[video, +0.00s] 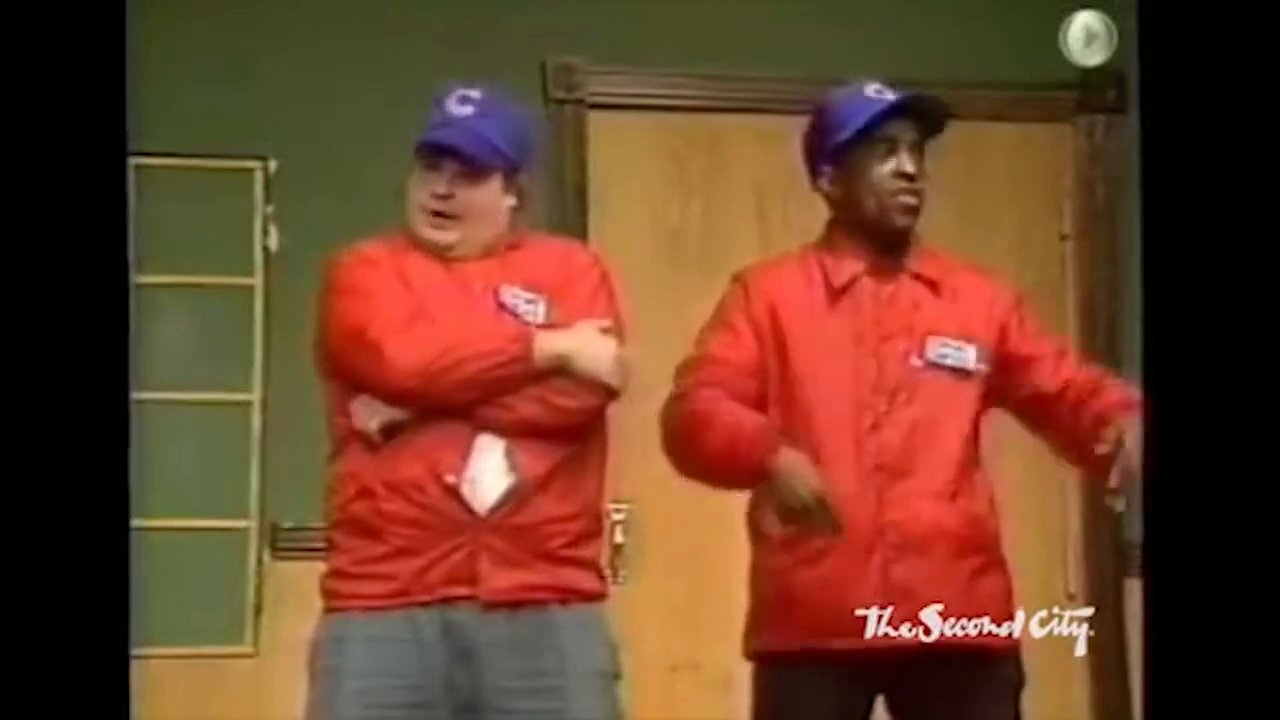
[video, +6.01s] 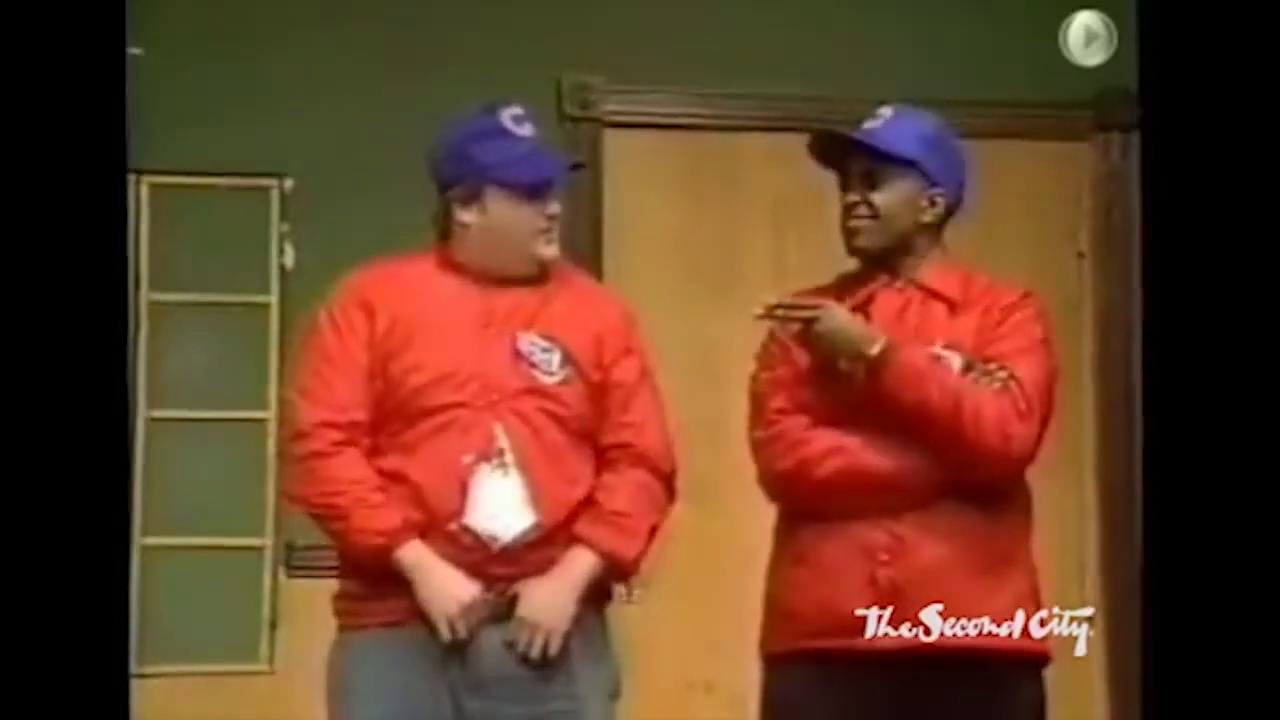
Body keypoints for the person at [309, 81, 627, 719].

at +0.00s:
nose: (441, 190)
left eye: (468, 175)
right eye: (430, 167)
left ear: (513, 194)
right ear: (410, 175)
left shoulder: (571, 268)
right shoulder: (364, 268)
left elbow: (577, 396)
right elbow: (395, 367)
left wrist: (425, 392)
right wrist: (551, 349)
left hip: (545, 609)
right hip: (383, 609)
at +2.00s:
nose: (324, 161)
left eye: (341, 141)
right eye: (300, 144)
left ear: (368, 154)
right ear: (263, 162)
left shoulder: (445, 256)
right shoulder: (210, 280)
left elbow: (509, 403)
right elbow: (174, 440)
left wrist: (437, 545)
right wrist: (251, 581)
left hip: (440, 622)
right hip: (277, 633)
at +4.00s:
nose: (396, 212)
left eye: (417, 196)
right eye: (375, 193)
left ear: (448, 211)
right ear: (342, 205)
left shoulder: (508, 301)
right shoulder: (282, 313)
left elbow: (566, 451)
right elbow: (245, 476)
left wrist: (491, 579)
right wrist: (357, 581)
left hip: (493, 626)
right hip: (333, 631)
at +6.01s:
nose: (554, 209)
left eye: (553, 192)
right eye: (531, 195)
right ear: (465, 209)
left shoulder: (595, 312)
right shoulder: (370, 303)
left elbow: (642, 463)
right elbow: (320, 452)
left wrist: (569, 578)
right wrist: (419, 562)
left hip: (554, 632)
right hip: (398, 632)